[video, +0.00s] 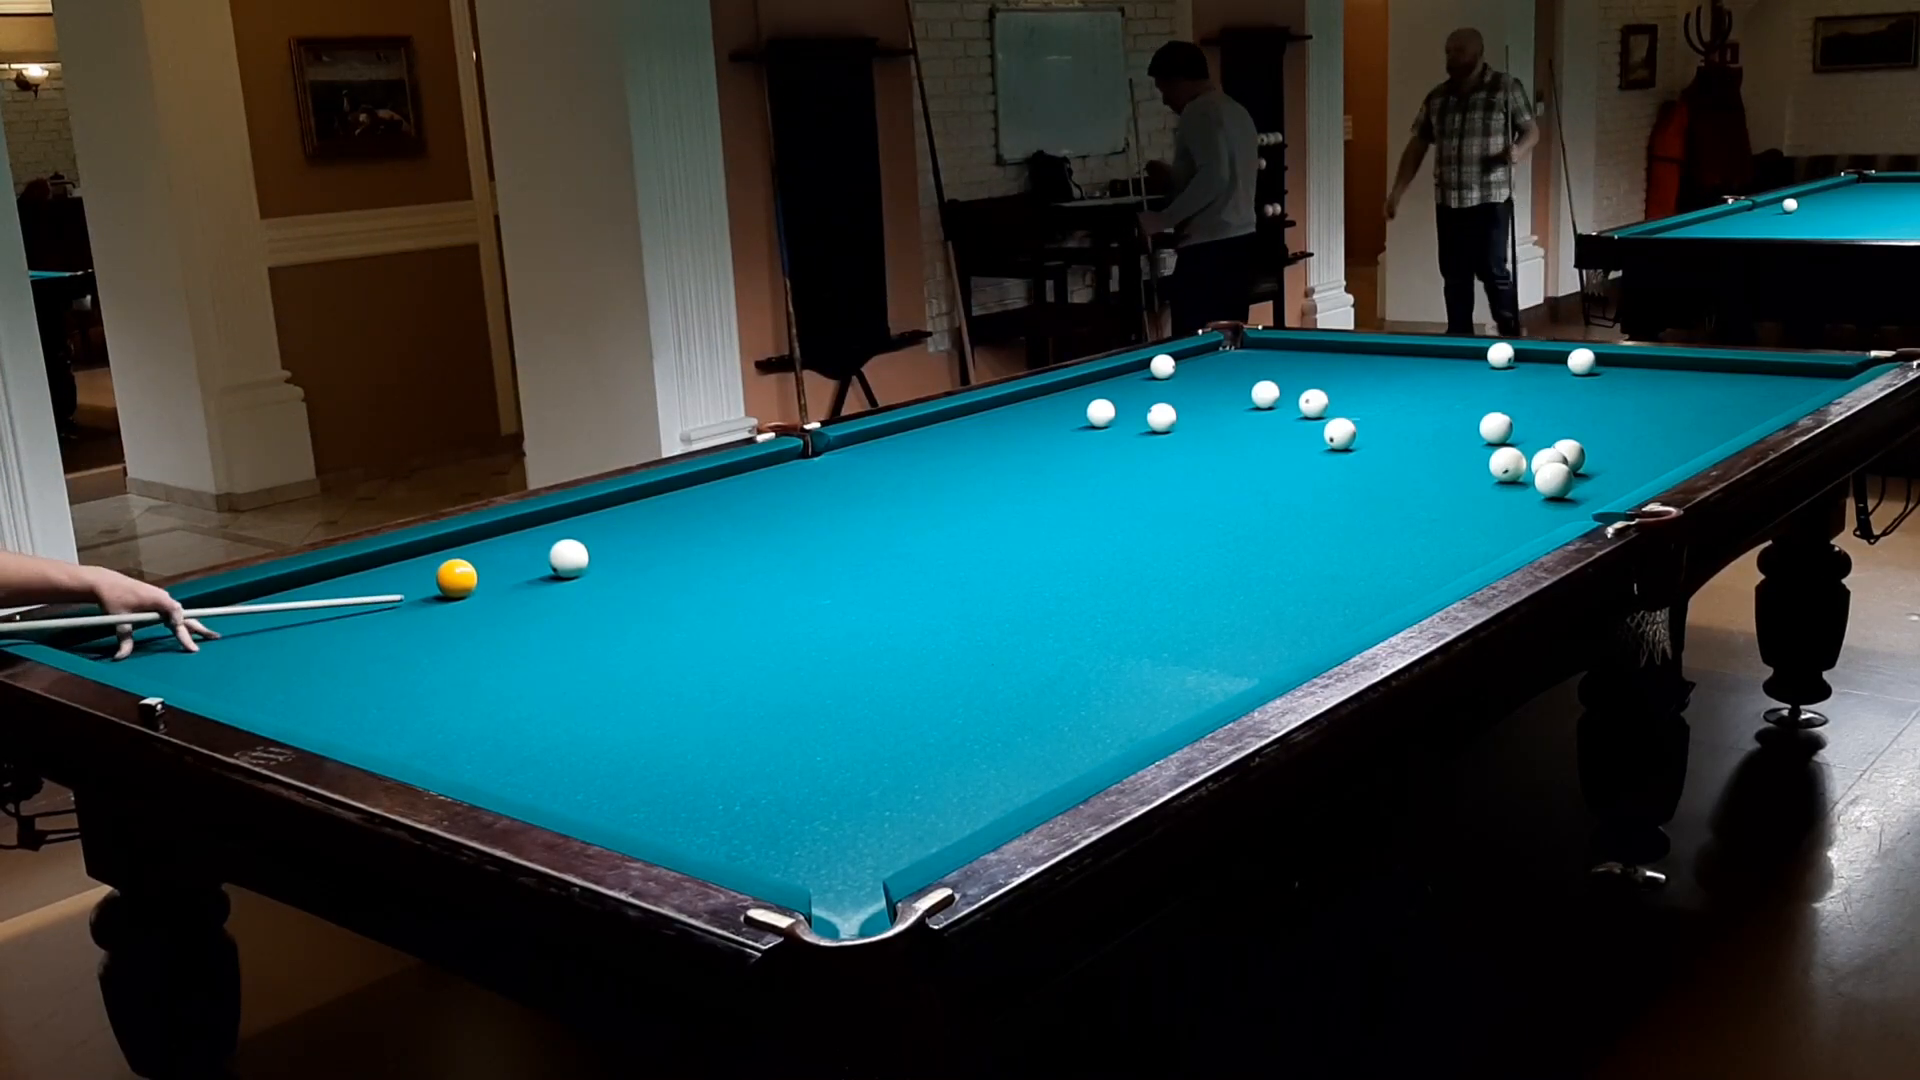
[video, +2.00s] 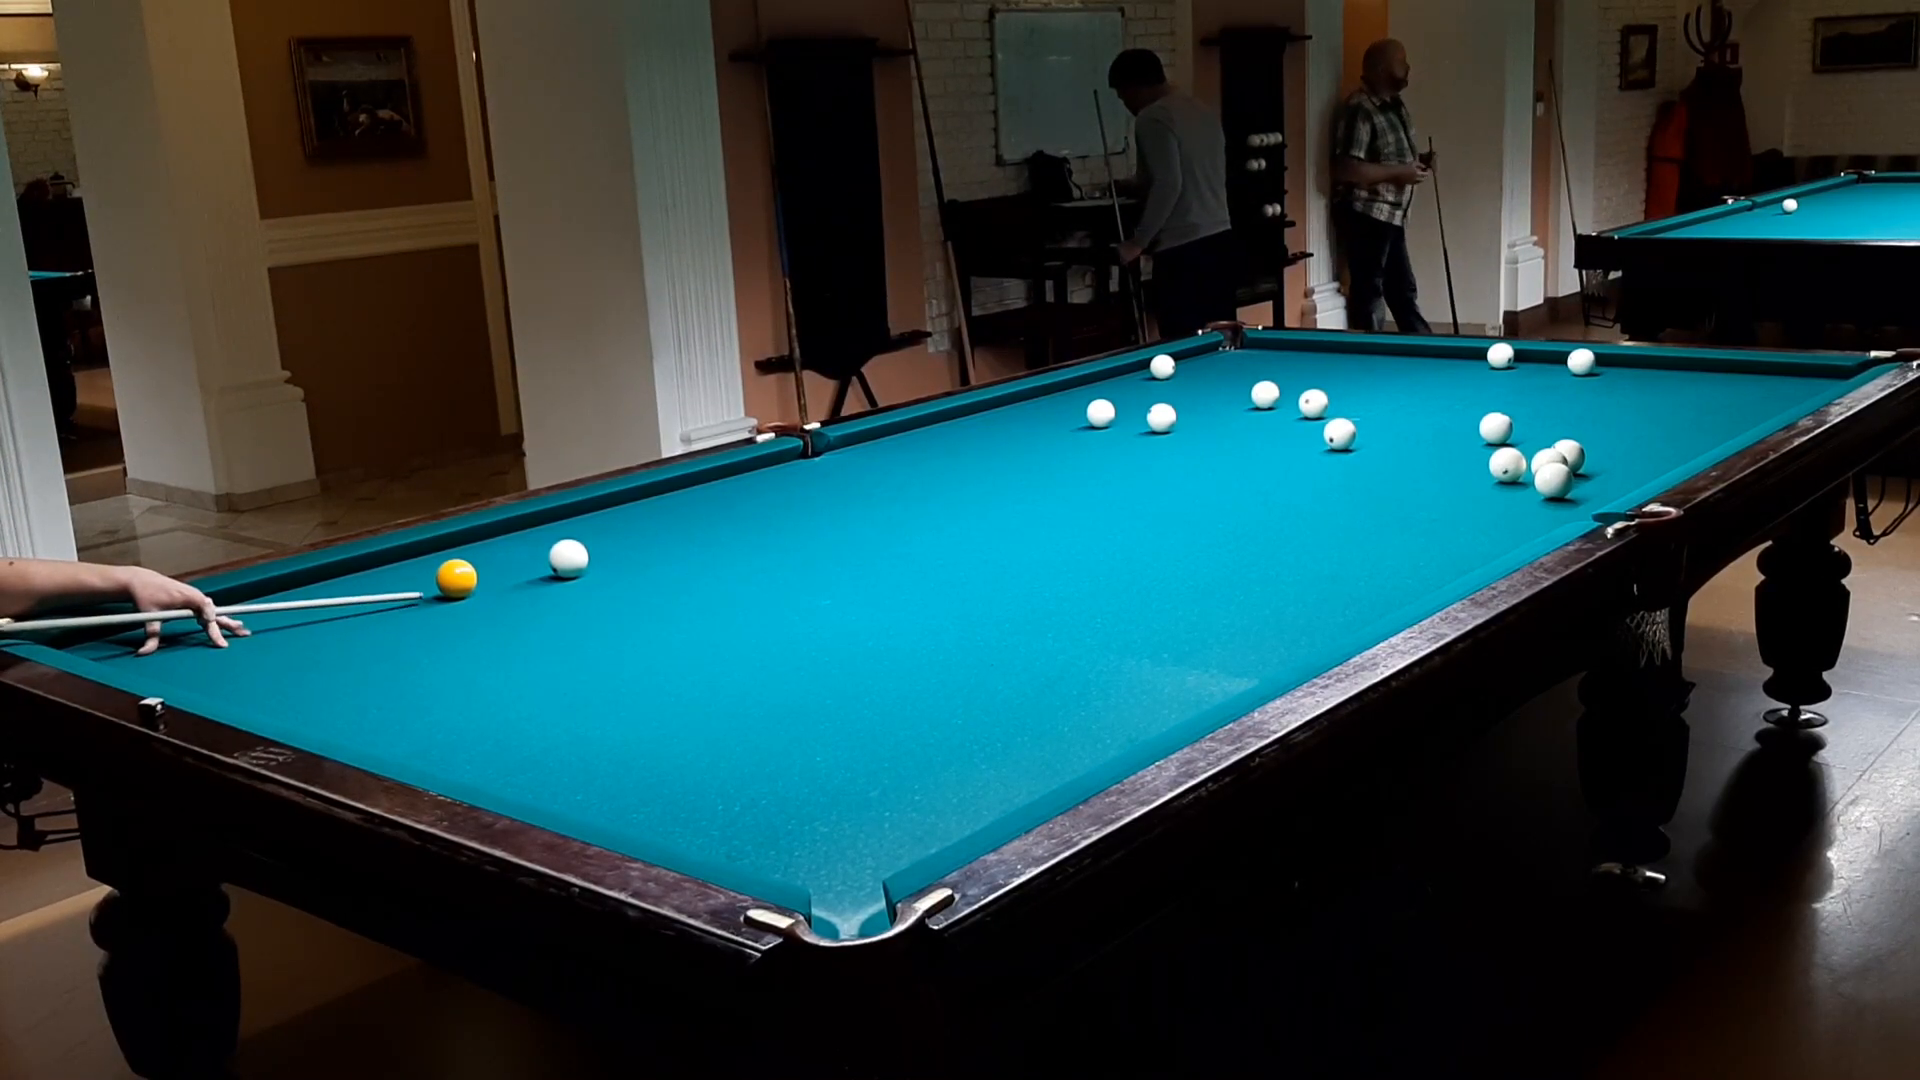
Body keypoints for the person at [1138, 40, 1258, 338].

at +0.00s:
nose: (1163, 99)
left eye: (1163, 88)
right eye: (1160, 89)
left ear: (1178, 80)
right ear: (1199, 74)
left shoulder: (1199, 115)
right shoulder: (1235, 111)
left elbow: (1214, 177)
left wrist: (1163, 219)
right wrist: (1175, 178)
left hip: (1209, 250)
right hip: (1241, 244)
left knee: (1193, 346)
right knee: (1229, 342)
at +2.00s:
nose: (1123, 103)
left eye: (1121, 94)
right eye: (1120, 95)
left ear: (1131, 87)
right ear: (1159, 77)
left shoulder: (1153, 120)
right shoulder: (1201, 110)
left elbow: (1167, 183)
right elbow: (1207, 176)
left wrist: (1137, 242)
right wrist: (1141, 186)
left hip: (1181, 253)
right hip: (1221, 243)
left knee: (1181, 347)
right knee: (1220, 340)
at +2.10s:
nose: (1124, 105)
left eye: (1122, 95)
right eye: (1120, 96)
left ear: (1132, 88)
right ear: (1160, 77)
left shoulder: (1152, 120)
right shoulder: (1203, 111)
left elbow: (1167, 182)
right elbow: (1205, 176)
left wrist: (1137, 243)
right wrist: (1143, 186)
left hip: (1181, 253)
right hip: (1221, 243)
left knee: (1182, 346)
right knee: (1220, 340)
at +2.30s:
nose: (1124, 103)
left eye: (1123, 94)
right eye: (1121, 95)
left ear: (1133, 87)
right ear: (1161, 77)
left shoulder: (1153, 120)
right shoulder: (1203, 111)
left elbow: (1167, 182)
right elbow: (1205, 177)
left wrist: (1137, 243)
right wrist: (1143, 185)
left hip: (1181, 253)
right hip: (1221, 243)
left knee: (1182, 347)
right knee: (1221, 340)